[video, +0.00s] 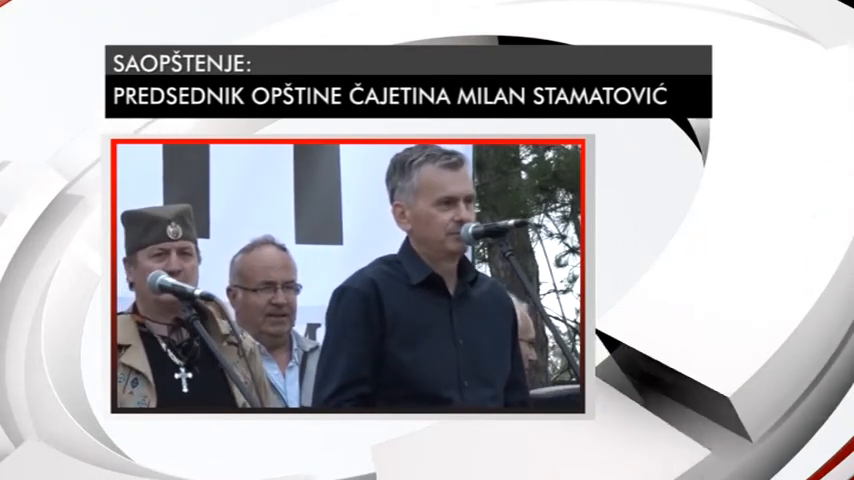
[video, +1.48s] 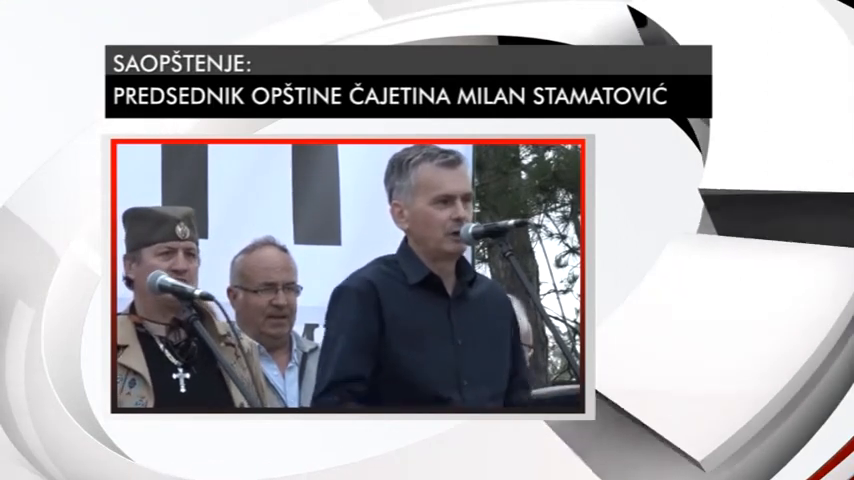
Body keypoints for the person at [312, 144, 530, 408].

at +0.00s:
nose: (464, 215)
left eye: (469, 202)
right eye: (447, 204)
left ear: (476, 206)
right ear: (402, 215)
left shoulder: (495, 300)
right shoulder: (362, 297)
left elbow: (516, 408)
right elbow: (336, 413)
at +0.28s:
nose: (464, 213)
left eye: (469, 200)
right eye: (447, 202)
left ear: (476, 205)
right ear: (402, 214)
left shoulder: (496, 301)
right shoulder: (362, 296)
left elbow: (516, 410)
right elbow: (333, 411)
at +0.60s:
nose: (461, 212)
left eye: (465, 199)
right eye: (443, 200)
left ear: (472, 204)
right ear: (400, 213)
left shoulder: (496, 302)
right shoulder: (362, 296)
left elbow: (522, 408)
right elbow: (330, 405)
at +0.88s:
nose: (461, 212)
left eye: (465, 199)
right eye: (442, 200)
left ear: (472, 204)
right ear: (400, 214)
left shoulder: (497, 301)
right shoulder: (364, 292)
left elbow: (525, 404)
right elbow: (332, 402)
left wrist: (578, 386)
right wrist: (423, 389)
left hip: (486, 466)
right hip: (393, 465)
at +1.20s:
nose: (462, 214)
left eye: (466, 200)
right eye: (444, 202)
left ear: (473, 204)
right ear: (402, 214)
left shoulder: (498, 301)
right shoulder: (366, 291)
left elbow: (529, 401)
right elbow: (334, 400)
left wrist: (593, 395)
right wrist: (400, 385)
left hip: (491, 464)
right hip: (396, 464)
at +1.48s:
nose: (461, 214)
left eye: (466, 201)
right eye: (443, 202)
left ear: (472, 205)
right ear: (400, 214)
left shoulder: (494, 300)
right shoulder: (362, 296)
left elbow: (518, 407)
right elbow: (333, 407)